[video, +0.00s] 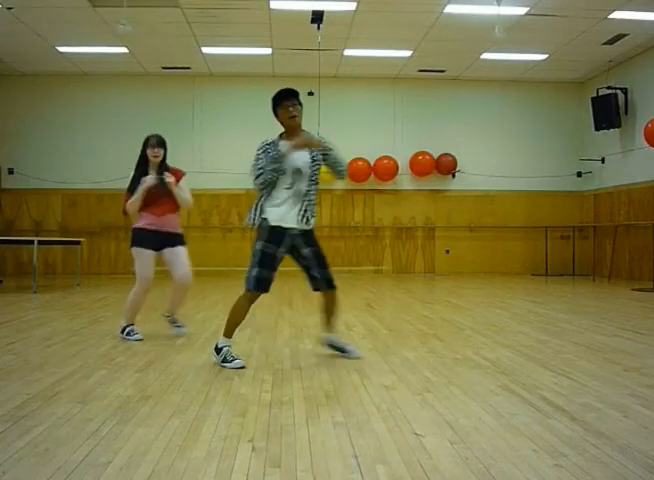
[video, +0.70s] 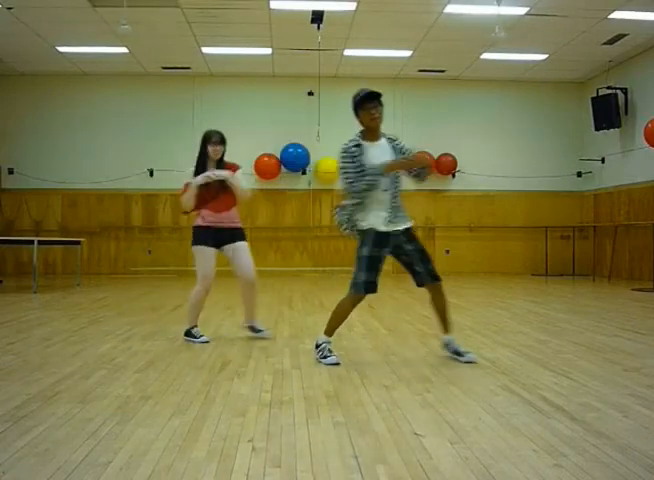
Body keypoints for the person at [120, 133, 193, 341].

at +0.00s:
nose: (155, 151)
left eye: (159, 147)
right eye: (151, 147)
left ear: (165, 151)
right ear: (145, 151)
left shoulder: (176, 175)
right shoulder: (139, 177)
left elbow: (187, 204)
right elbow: (130, 209)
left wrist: (174, 187)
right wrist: (143, 188)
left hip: (171, 231)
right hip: (145, 230)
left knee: (184, 277)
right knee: (144, 280)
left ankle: (171, 314)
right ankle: (128, 325)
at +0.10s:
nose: (166, 146)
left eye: (169, 142)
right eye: (162, 142)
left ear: (174, 146)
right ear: (154, 145)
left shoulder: (182, 170)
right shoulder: (146, 174)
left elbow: (195, 200)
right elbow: (146, 202)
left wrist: (188, 186)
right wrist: (169, 185)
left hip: (183, 226)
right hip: (156, 228)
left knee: (199, 275)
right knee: (148, 278)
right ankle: (130, 324)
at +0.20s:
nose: (175, 146)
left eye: (179, 143)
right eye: (172, 142)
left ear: (184, 147)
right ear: (164, 145)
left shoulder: (191, 171)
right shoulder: (155, 176)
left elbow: (206, 198)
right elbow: (160, 204)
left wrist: (200, 194)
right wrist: (190, 196)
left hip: (199, 225)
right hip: (172, 228)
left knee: (212, 275)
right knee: (160, 278)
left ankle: (217, 326)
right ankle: (137, 323)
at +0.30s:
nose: (186, 146)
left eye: (190, 142)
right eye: (182, 142)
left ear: (195, 146)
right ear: (175, 145)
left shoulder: (202, 172)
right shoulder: (166, 176)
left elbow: (216, 197)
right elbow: (163, 207)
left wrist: (216, 212)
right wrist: (196, 216)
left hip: (209, 226)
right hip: (183, 230)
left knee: (217, 276)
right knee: (181, 279)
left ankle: (217, 327)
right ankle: (152, 320)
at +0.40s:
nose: (195, 144)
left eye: (198, 140)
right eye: (190, 141)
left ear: (203, 143)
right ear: (183, 144)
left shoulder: (210, 170)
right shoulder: (173, 172)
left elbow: (225, 197)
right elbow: (163, 205)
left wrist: (214, 216)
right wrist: (181, 219)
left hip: (213, 225)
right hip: (188, 228)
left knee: (220, 277)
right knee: (198, 278)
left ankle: (217, 326)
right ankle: (179, 324)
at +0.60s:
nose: (208, 151)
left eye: (212, 147)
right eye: (204, 147)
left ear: (216, 149)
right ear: (197, 150)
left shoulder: (223, 172)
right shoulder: (188, 175)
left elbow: (232, 200)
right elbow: (173, 208)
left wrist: (209, 189)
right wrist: (178, 192)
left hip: (222, 228)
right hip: (197, 229)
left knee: (236, 277)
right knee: (203, 279)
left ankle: (225, 325)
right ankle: (191, 328)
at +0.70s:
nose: (216, 148)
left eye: (219, 144)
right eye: (212, 144)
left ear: (224, 147)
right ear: (204, 147)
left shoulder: (232, 170)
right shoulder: (197, 175)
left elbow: (244, 197)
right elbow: (186, 206)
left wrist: (230, 178)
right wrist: (196, 183)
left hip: (231, 227)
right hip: (205, 228)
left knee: (249, 276)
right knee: (205, 280)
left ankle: (251, 323)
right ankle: (192, 328)